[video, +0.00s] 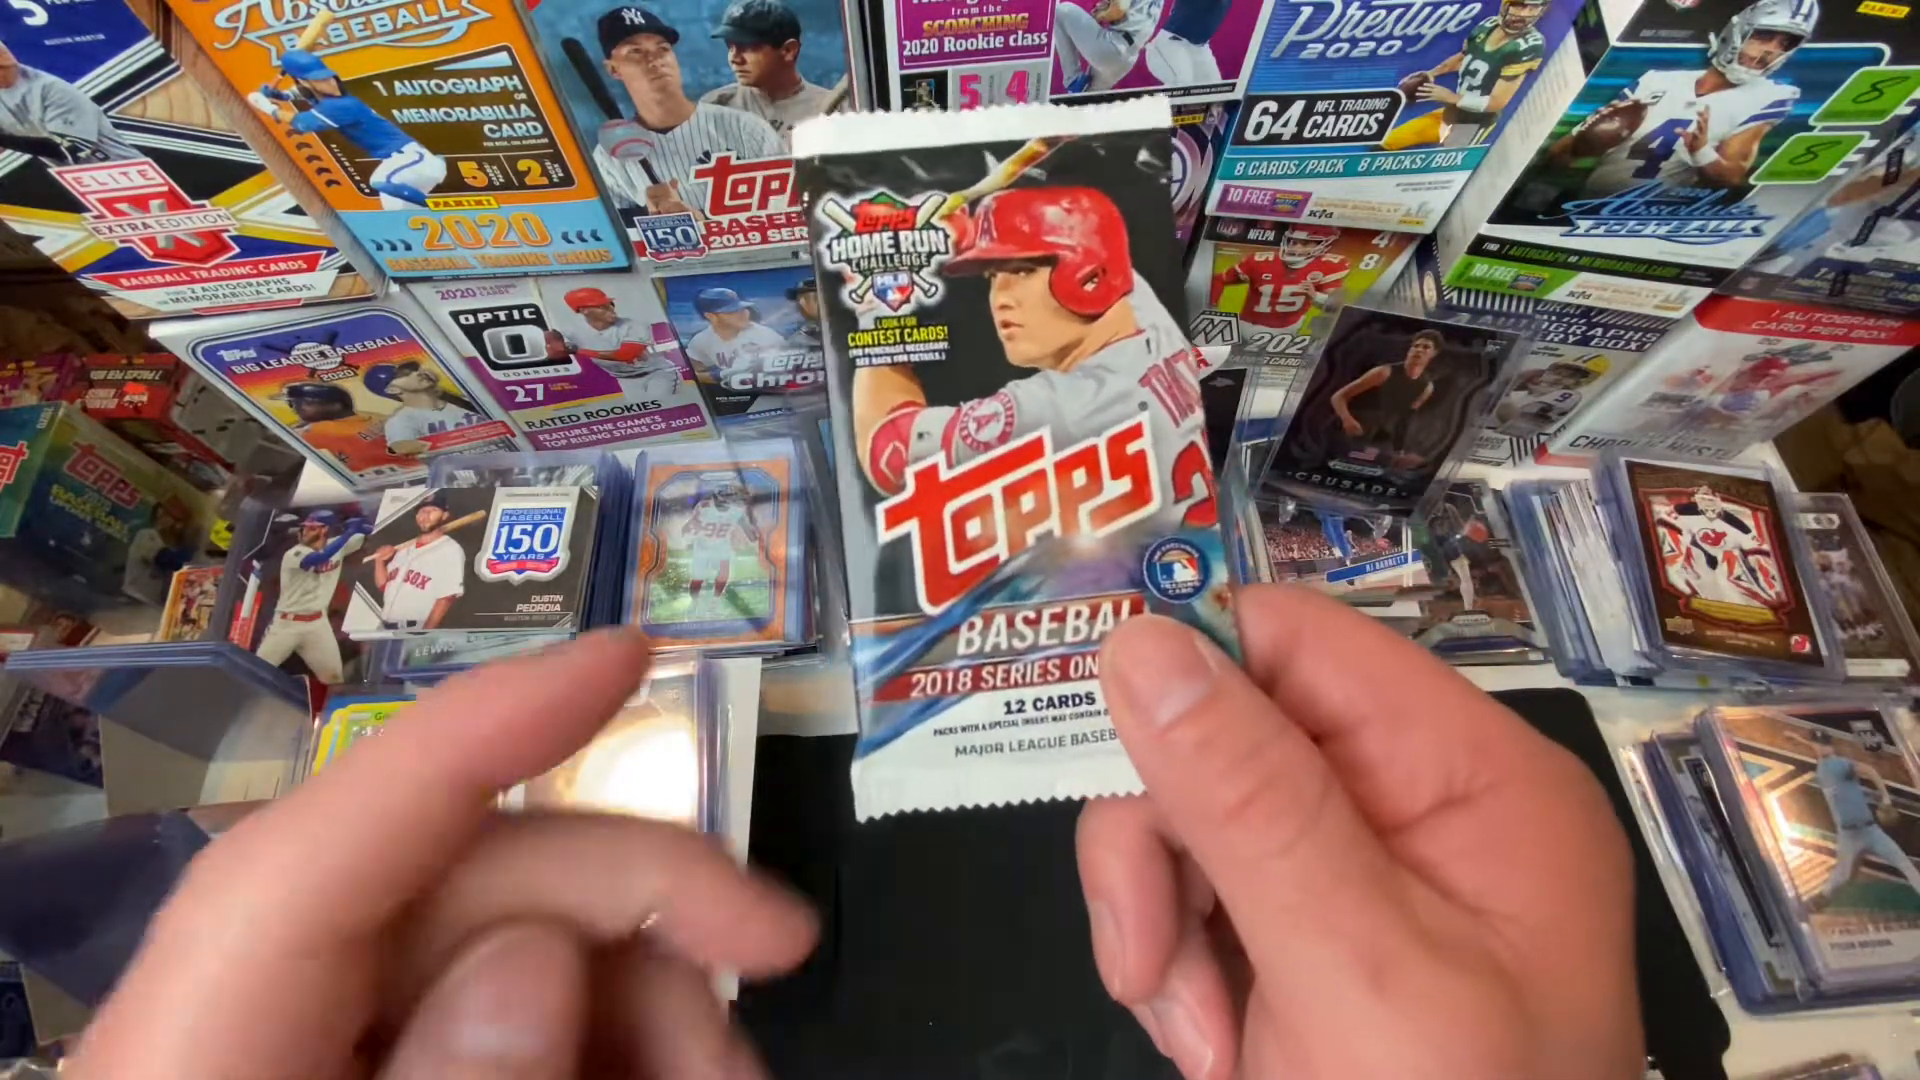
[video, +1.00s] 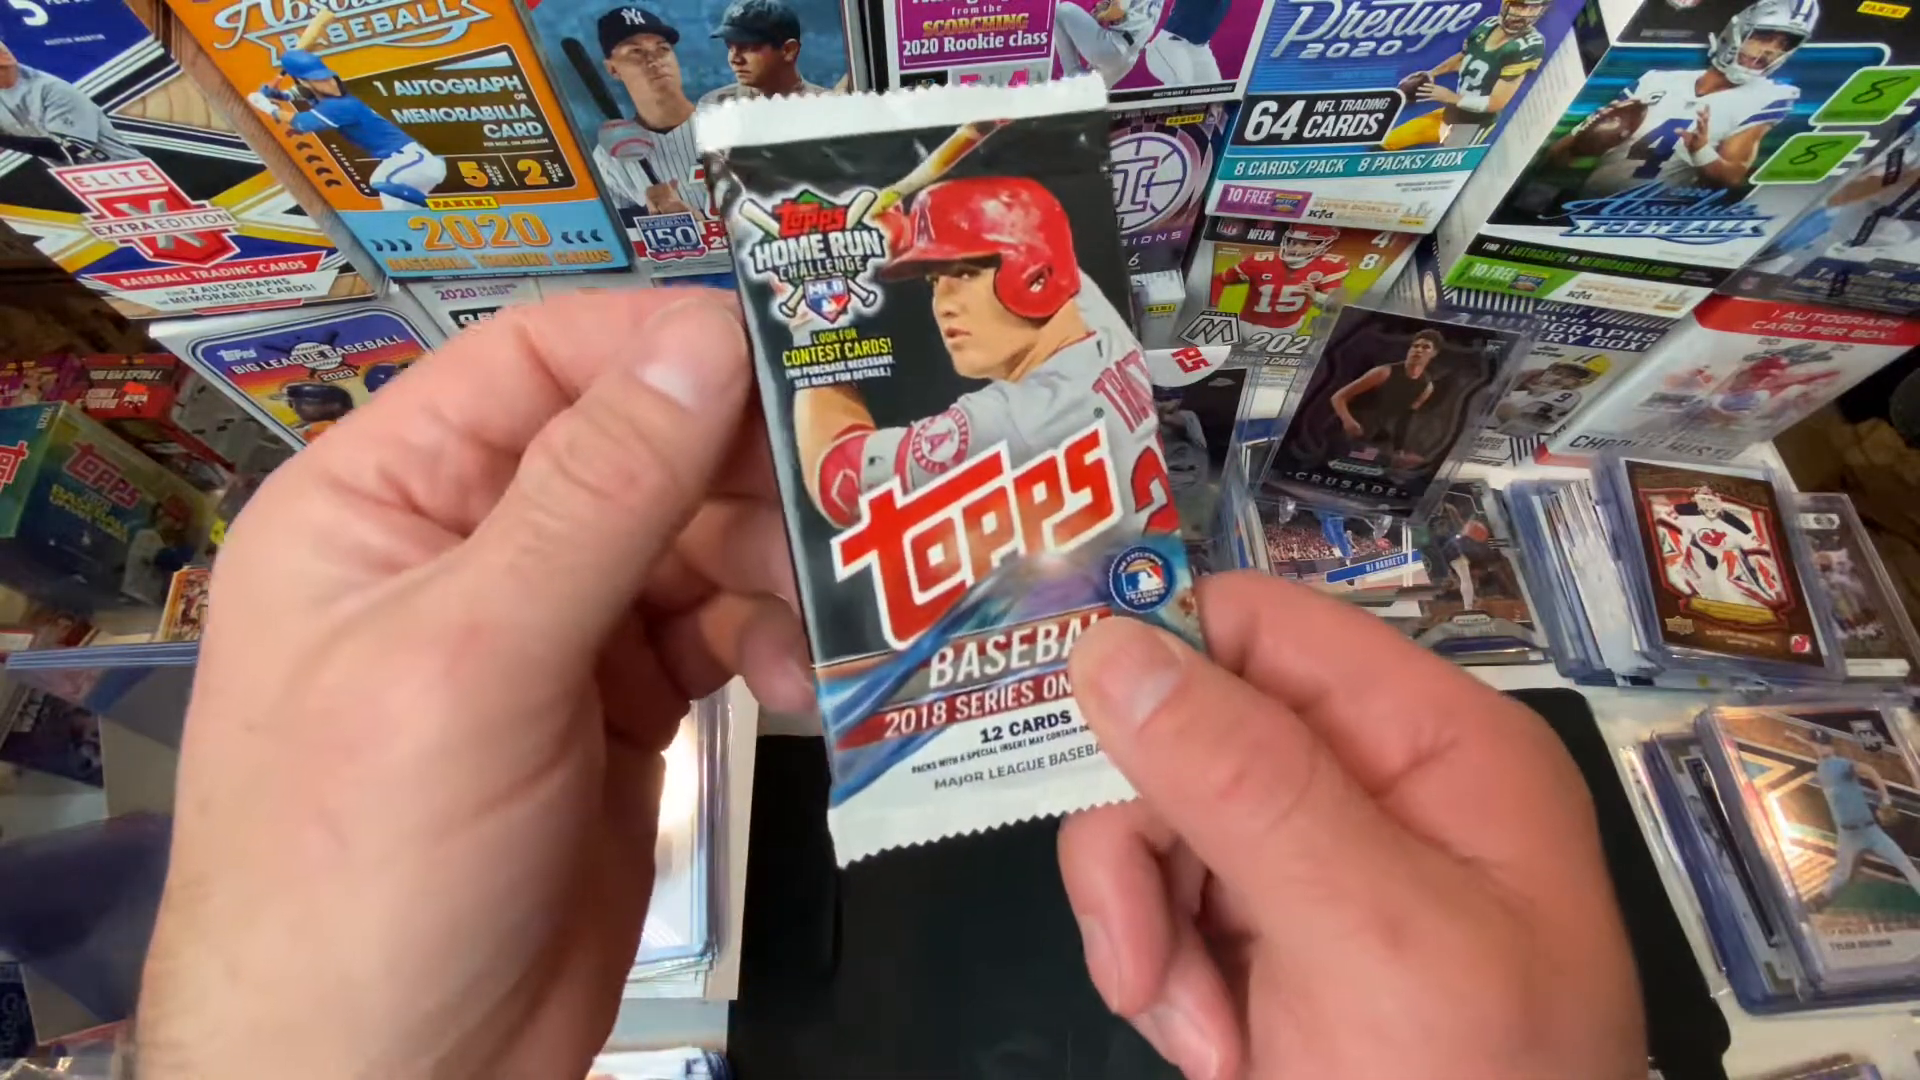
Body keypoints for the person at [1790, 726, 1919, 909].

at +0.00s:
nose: (1823, 749)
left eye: (1825, 744)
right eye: (1819, 745)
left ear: (1831, 745)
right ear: (1815, 748)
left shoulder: (1841, 764)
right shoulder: (1822, 768)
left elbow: (1870, 771)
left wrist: (1885, 796)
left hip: (1869, 828)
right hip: (1847, 833)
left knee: (1903, 862)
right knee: (1842, 875)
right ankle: (1822, 897)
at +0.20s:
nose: (1823, 749)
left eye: (1825, 744)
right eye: (1819, 745)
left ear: (1831, 745)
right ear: (1815, 748)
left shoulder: (1840, 764)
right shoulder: (1822, 766)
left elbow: (1869, 771)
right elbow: (1813, 747)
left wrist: (1885, 796)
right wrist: (1797, 738)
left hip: (1870, 828)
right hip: (1847, 834)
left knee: (1904, 863)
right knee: (1843, 874)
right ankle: (1822, 898)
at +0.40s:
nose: (1823, 749)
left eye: (1825, 744)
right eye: (1819, 745)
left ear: (1831, 745)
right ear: (1815, 748)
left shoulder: (1840, 764)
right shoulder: (1822, 766)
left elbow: (1869, 771)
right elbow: (1814, 748)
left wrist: (1885, 796)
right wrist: (1797, 739)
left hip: (1870, 829)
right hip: (1847, 834)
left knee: (1904, 863)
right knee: (1843, 874)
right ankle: (1823, 897)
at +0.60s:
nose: (1822, 749)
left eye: (1825, 744)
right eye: (1818, 746)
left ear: (1831, 745)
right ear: (1815, 748)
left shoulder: (1840, 764)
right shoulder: (1822, 766)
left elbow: (1869, 771)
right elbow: (1814, 748)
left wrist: (1885, 797)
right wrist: (1798, 739)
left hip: (1870, 828)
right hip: (1847, 834)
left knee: (1904, 863)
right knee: (1843, 873)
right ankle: (1824, 897)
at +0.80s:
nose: (1822, 748)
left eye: (1825, 744)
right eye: (1818, 745)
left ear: (1830, 745)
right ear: (1814, 747)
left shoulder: (1839, 764)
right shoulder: (1822, 768)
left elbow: (1869, 770)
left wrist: (1885, 797)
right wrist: (1798, 739)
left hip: (1870, 828)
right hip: (1847, 833)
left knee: (1904, 864)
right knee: (1842, 875)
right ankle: (1820, 901)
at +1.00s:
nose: (1823, 750)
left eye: (1825, 744)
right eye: (1819, 746)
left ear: (1831, 745)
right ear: (1814, 748)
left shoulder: (1840, 764)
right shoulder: (1822, 768)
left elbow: (1869, 770)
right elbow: (1815, 749)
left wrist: (1885, 798)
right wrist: (1800, 740)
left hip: (1870, 828)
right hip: (1846, 833)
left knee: (1904, 863)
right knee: (1842, 874)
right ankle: (1823, 898)